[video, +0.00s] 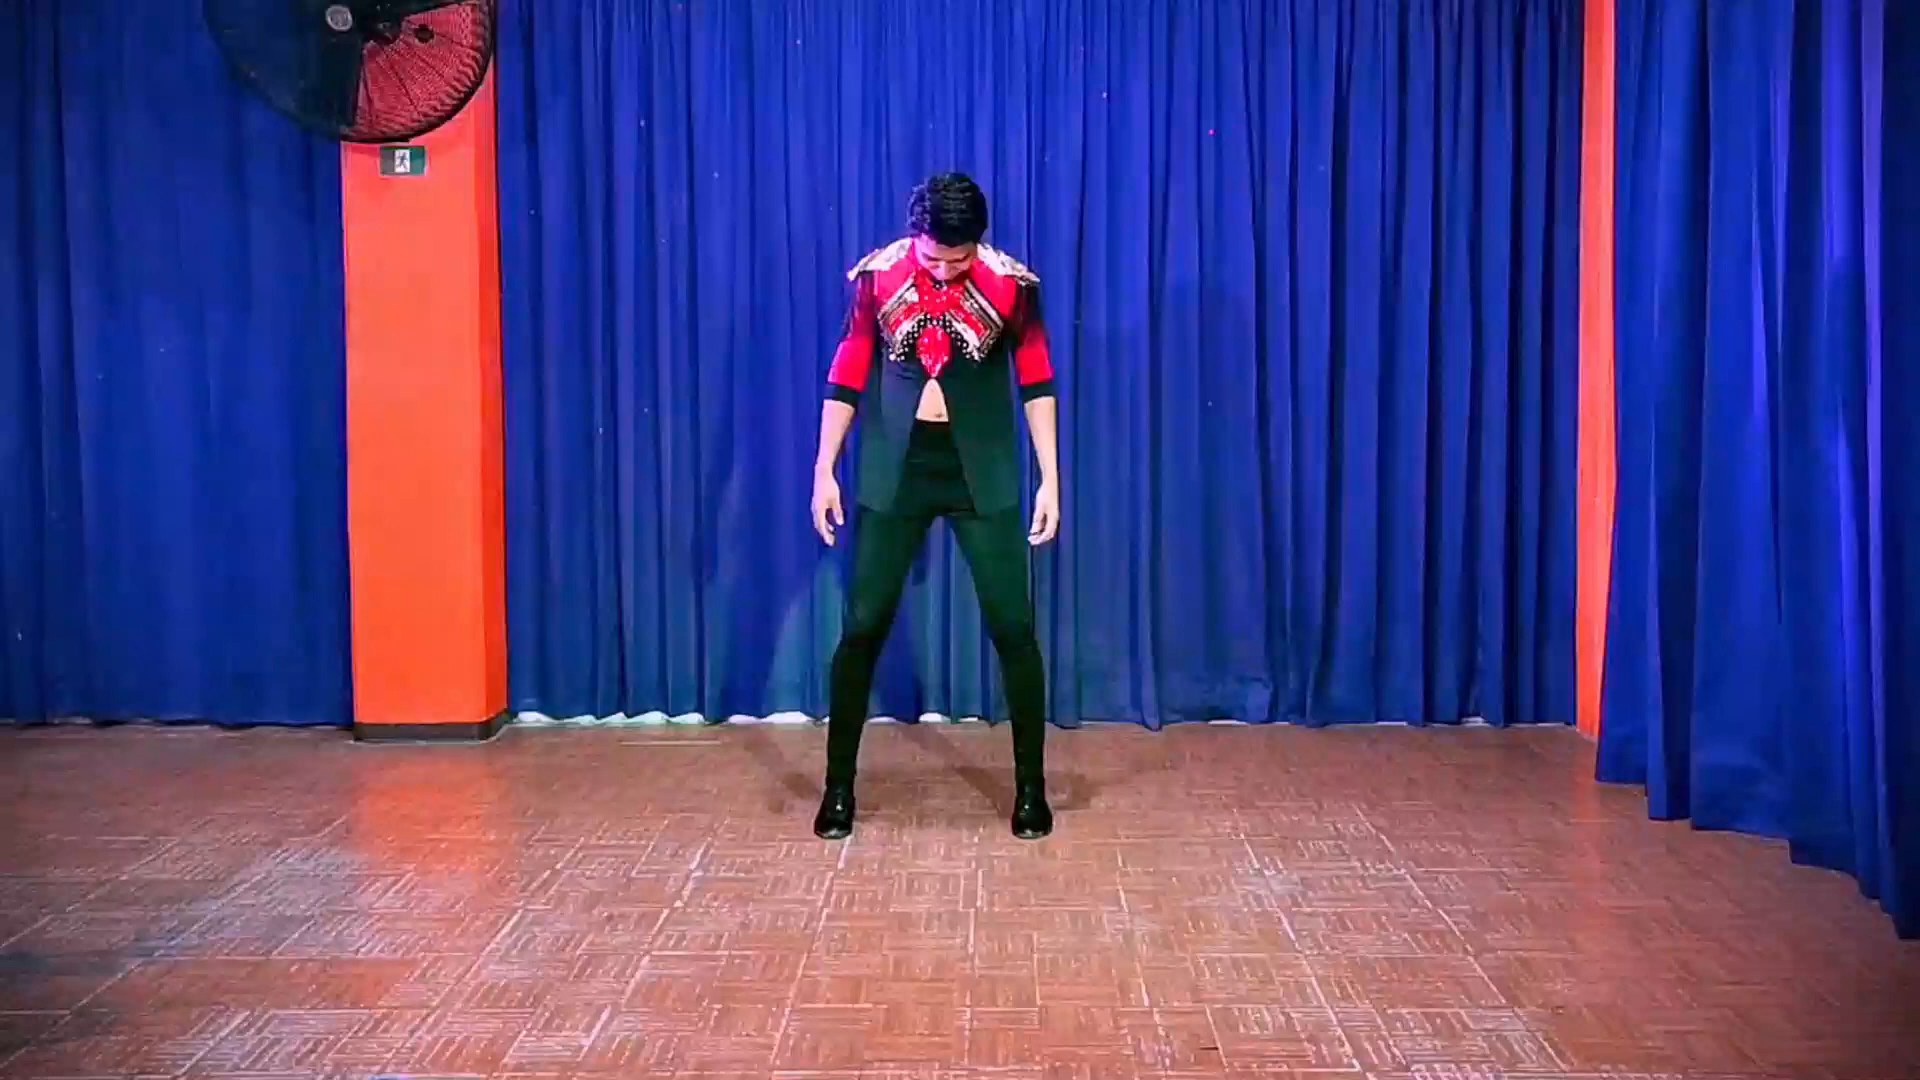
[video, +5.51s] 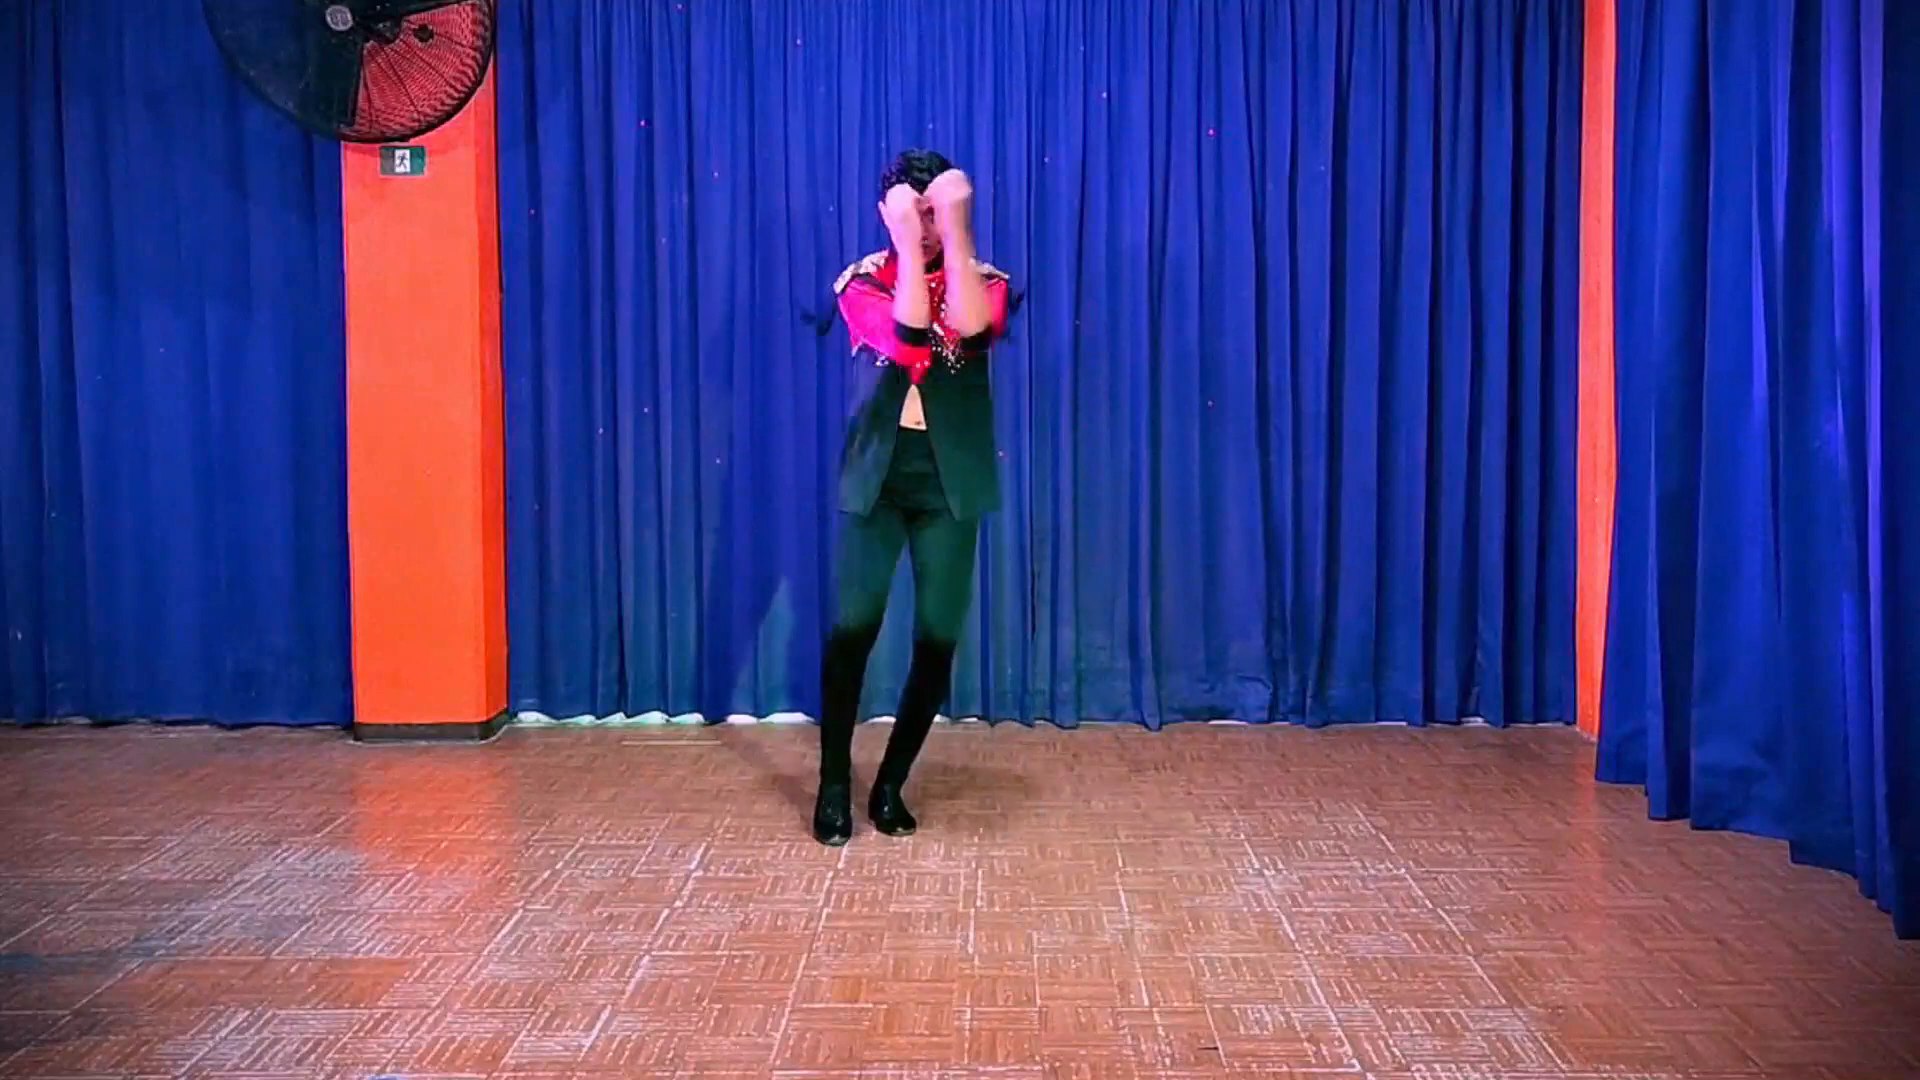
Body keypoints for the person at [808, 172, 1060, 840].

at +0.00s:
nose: (946, 267)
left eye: (958, 257)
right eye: (935, 255)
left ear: (979, 240)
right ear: (917, 236)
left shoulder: (1010, 285)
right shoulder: (878, 278)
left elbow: (1036, 382)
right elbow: (848, 375)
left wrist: (1049, 478)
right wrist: (824, 468)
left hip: (985, 469)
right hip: (896, 469)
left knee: (1014, 627)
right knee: (863, 626)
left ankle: (1030, 786)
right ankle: (838, 786)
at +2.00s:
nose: (942, 259)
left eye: (954, 248)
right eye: (929, 247)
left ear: (974, 230)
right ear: (909, 228)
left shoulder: (1007, 281)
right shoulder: (872, 275)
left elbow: (1036, 378)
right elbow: (842, 372)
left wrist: (1059, 473)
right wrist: (809, 465)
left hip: (979, 464)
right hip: (892, 463)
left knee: (1008, 619)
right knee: (863, 622)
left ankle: (1029, 785)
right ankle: (841, 786)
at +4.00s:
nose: (940, 257)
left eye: (953, 245)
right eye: (928, 244)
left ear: (972, 228)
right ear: (907, 226)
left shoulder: (1005, 281)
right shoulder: (872, 275)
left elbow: (1035, 378)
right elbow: (839, 372)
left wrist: (1058, 472)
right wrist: (809, 464)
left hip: (977, 467)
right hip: (890, 466)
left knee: (1007, 623)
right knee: (863, 625)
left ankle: (1028, 784)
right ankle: (842, 786)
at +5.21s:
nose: (930, 246)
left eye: (944, 232)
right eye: (918, 232)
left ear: (963, 220)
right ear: (898, 216)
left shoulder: (996, 280)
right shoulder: (861, 273)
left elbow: (1054, 359)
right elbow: (798, 354)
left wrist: (1071, 449)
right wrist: (795, 444)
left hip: (966, 473)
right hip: (879, 473)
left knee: (999, 626)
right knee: (857, 627)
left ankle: (1028, 783)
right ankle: (844, 787)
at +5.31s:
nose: (922, 233)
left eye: (937, 220)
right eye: (910, 218)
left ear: (956, 215)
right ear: (891, 209)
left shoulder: (986, 274)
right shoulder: (852, 267)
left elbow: (1081, 319)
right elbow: (768, 321)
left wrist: (1088, 372)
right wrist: (813, 349)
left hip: (955, 477)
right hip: (868, 476)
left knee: (984, 630)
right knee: (849, 627)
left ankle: (997, 786)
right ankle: (843, 790)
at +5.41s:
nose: (918, 230)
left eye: (932, 217)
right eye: (907, 215)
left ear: (953, 217)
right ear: (887, 215)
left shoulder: (978, 276)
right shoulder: (860, 275)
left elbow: (1031, 319)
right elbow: (855, 332)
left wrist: (1007, 235)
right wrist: (877, 231)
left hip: (949, 479)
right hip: (869, 475)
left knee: (940, 639)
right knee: (846, 629)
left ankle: (890, 784)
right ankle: (838, 782)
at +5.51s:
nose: (922, 216)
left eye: (932, 202)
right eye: (910, 204)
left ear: (953, 210)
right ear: (890, 214)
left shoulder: (989, 279)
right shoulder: (862, 280)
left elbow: (971, 322)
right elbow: (903, 335)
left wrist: (957, 226)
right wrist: (908, 242)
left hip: (953, 477)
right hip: (876, 473)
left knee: (939, 637)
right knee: (855, 623)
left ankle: (891, 785)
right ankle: (834, 783)